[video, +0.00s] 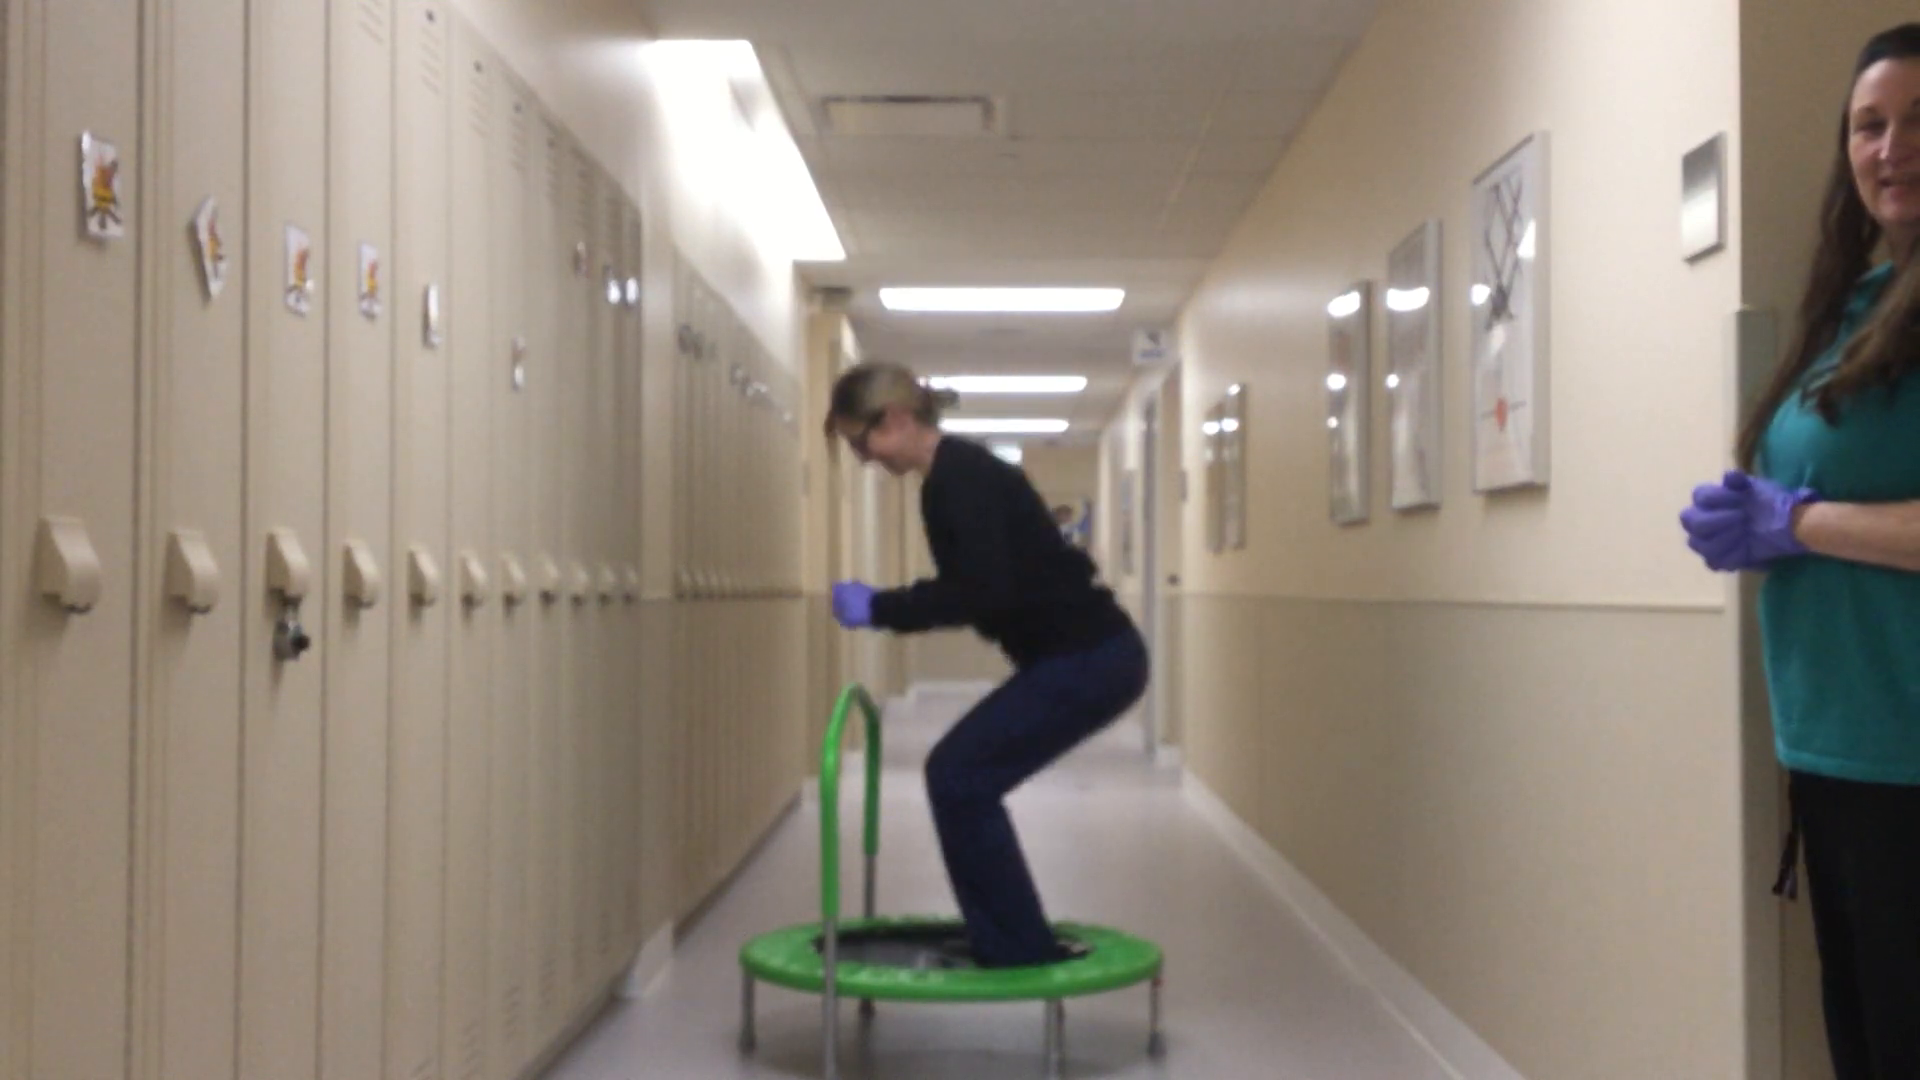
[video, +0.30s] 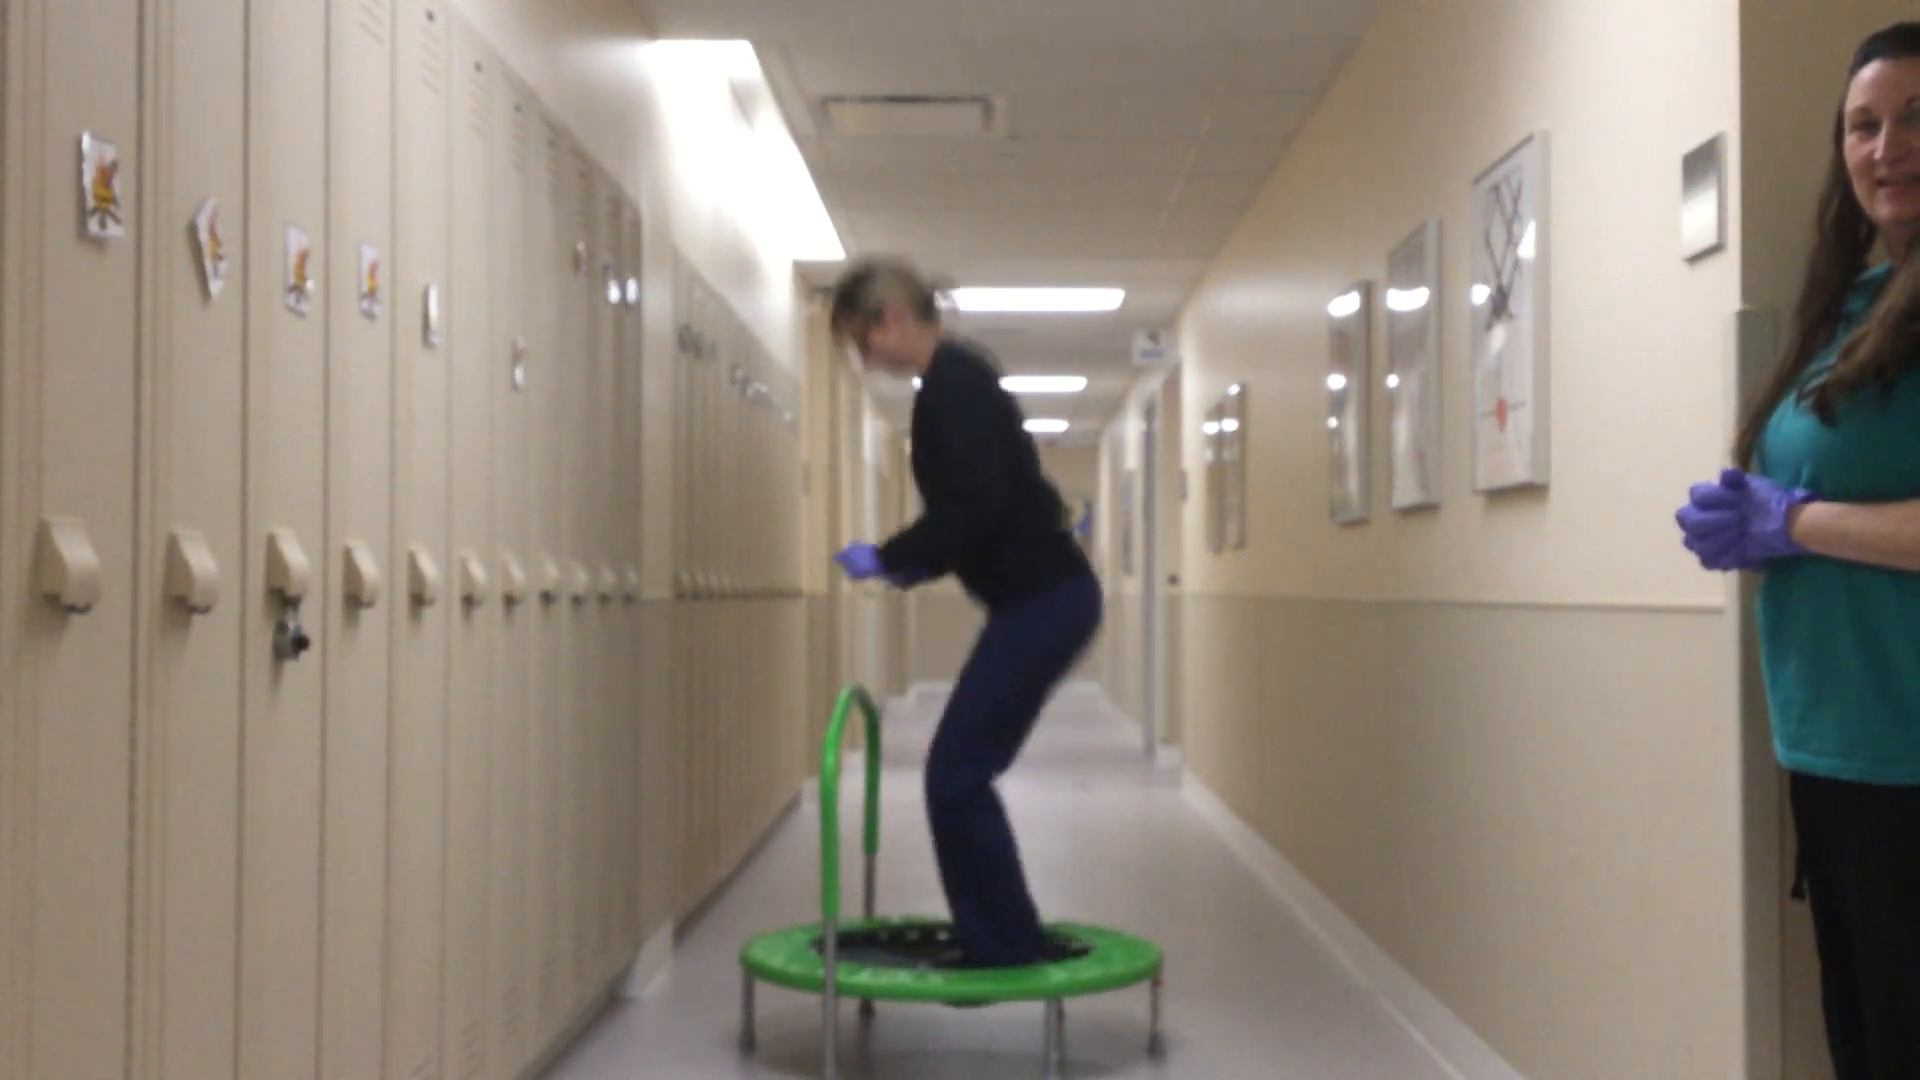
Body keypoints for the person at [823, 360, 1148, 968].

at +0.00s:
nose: (866, 456)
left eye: (865, 440)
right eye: (857, 446)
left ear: (897, 418)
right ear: (899, 421)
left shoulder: (963, 478)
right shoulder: (951, 479)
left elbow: (977, 594)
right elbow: (967, 592)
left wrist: (880, 607)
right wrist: (881, 606)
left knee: (959, 772)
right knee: (954, 769)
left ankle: (1017, 945)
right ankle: (1008, 938)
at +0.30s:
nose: (867, 357)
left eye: (865, 339)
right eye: (858, 346)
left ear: (896, 316)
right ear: (894, 321)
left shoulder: (955, 383)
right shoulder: (950, 383)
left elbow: (970, 512)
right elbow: (968, 518)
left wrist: (888, 558)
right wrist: (896, 561)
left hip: (1044, 602)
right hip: (1038, 600)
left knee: (957, 774)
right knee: (955, 772)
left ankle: (1003, 944)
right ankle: (999, 938)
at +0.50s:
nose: (863, 239)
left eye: (861, 221)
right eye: (855, 229)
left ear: (889, 193)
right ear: (885, 202)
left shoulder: (957, 249)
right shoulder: (945, 255)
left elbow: (988, 365)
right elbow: (979, 367)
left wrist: (984, 480)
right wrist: (977, 476)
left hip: (1015, 474)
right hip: (1006, 475)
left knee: (995, 667)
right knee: (990, 667)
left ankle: (990, 860)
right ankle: (984, 856)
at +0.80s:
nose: (842, 378)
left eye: (840, 359)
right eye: (832, 367)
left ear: (870, 334)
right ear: (860, 345)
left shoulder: (934, 405)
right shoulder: (922, 406)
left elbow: (969, 516)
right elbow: (951, 520)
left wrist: (899, 576)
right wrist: (895, 573)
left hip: (1033, 609)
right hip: (1027, 607)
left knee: (946, 767)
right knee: (953, 766)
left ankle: (984, 943)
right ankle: (997, 932)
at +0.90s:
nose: (829, 453)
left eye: (827, 436)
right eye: (821, 441)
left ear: (858, 419)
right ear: (866, 420)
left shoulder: (924, 482)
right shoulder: (918, 481)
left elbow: (948, 598)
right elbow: (937, 596)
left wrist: (856, 611)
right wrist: (857, 608)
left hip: (1054, 667)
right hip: (1046, 664)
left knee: (916, 778)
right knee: (917, 776)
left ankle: (978, 939)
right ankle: (988, 929)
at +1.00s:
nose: (827, 492)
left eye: (826, 474)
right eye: (819, 481)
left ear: (859, 456)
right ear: (864, 459)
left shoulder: (922, 519)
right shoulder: (913, 519)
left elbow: (939, 637)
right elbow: (931, 633)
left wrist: (848, 630)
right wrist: (851, 628)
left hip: (1063, 695)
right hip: (1058, 692)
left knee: (913, 796)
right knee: (918, 793)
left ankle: (972, 950)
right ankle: (990, 929)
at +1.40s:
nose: (875, 253)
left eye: (873, 234)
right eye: (867, 241)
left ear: (901, 208)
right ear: (900, 216)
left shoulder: (963, 264)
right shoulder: (956, 271)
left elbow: (997, 379)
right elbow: (991, 383)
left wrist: (990, 490)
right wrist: (980, 489)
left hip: (1019, 494)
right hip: (1013, 494)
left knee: (994, 691)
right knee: (992, 690)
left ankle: (987, 884)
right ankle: (991, 874)